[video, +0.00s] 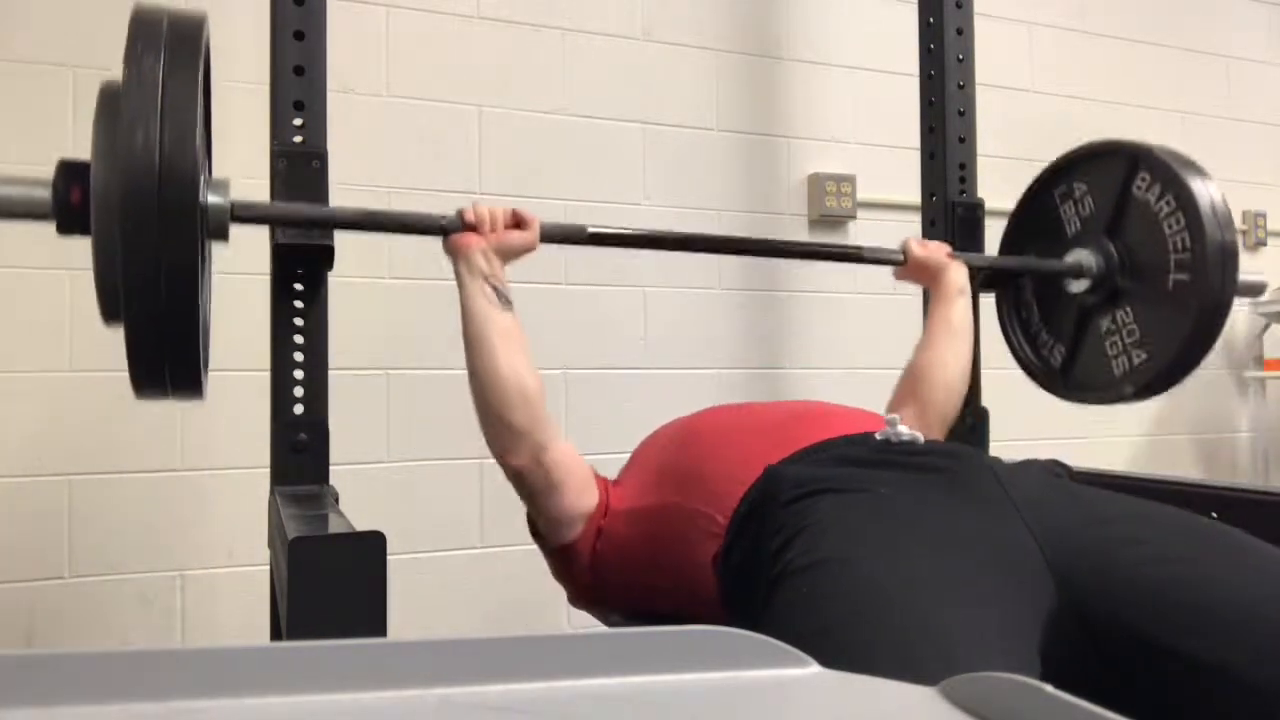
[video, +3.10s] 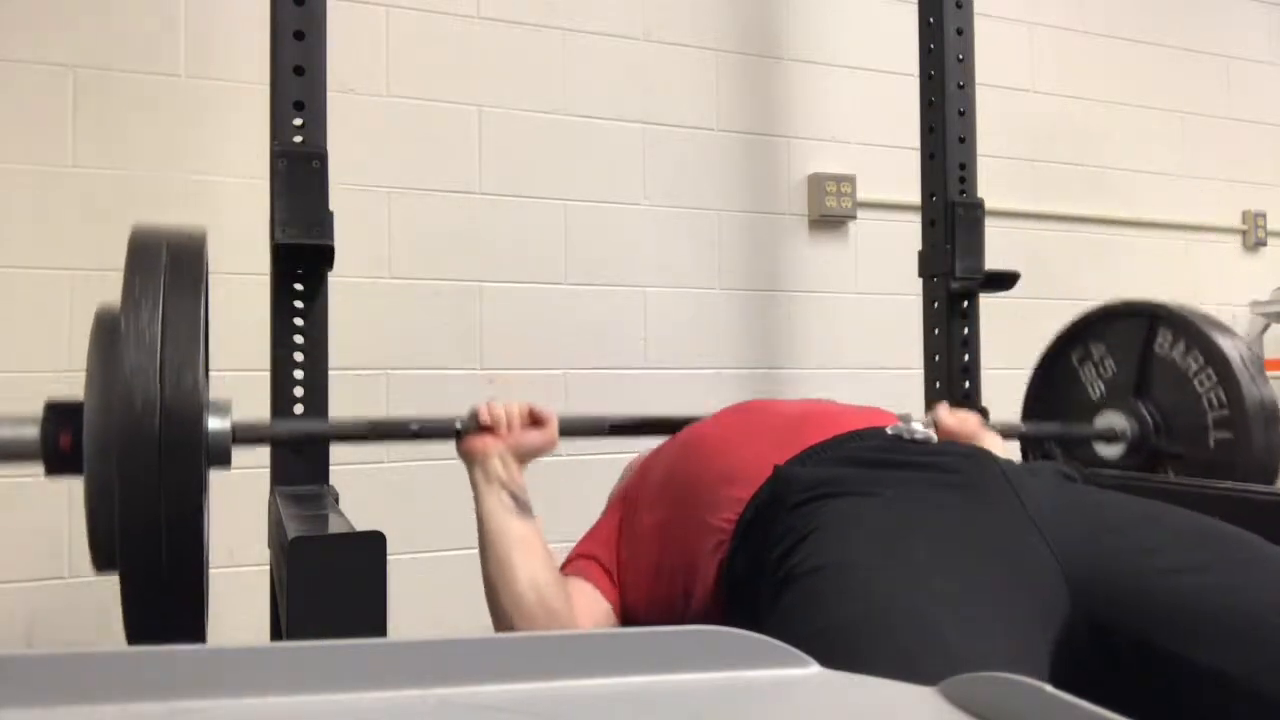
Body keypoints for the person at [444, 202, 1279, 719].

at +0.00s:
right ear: (617, 496)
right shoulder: (606, 529)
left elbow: (922, 418)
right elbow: (523, 432)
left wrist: (950, 288)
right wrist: (478, 273)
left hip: (1013, 479)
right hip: (837, 502)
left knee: (1275, 611)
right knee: (944, 692)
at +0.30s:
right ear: (654, 494)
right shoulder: (625, 537)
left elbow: (990, 483)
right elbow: (519, 550)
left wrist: (965, 371)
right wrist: (481, 381)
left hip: (1028, 485)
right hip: (850, 509)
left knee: (1274, 622)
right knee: (941, 697)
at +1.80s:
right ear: (647, 481)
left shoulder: (865, 422)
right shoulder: (625, 531)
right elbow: (551, 629)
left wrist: (986, 451)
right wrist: (499, 483)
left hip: (1035, 487)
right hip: (858, 504)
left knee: (1273, 608)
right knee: (932, 686)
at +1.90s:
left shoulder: (849, 425)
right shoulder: (613, 544)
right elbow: (555, 635)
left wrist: (986, 457)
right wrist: (498, 499)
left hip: (1035, 487)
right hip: (856, 506)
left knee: (1274, 607)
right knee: (929, 700)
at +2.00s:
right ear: (645, 488)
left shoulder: (870, 422)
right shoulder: (626, 529)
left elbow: (1032, 523)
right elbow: (559, 625)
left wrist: (996, 446)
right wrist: (501, 477)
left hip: (1043, 487)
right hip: (862, 499)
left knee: (1276, 610)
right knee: (939, 690)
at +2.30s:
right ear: (643, 492)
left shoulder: (863, 439)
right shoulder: (617, 544)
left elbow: (965, 464)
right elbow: (516, 505)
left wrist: (966, 339)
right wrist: (485, 342)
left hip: (1043, 482)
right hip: (857, 505)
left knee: (1273, 620)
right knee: (934, 673)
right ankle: (977, 703)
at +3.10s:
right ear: (647, 485)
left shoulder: (866, 423)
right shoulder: (623, 533)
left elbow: (1033, 508)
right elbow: (550, 632)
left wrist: (983, 445)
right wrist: (496, 485)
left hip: (1038, 486)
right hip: (861, 503)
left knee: (1275, 603)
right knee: (929, 695)